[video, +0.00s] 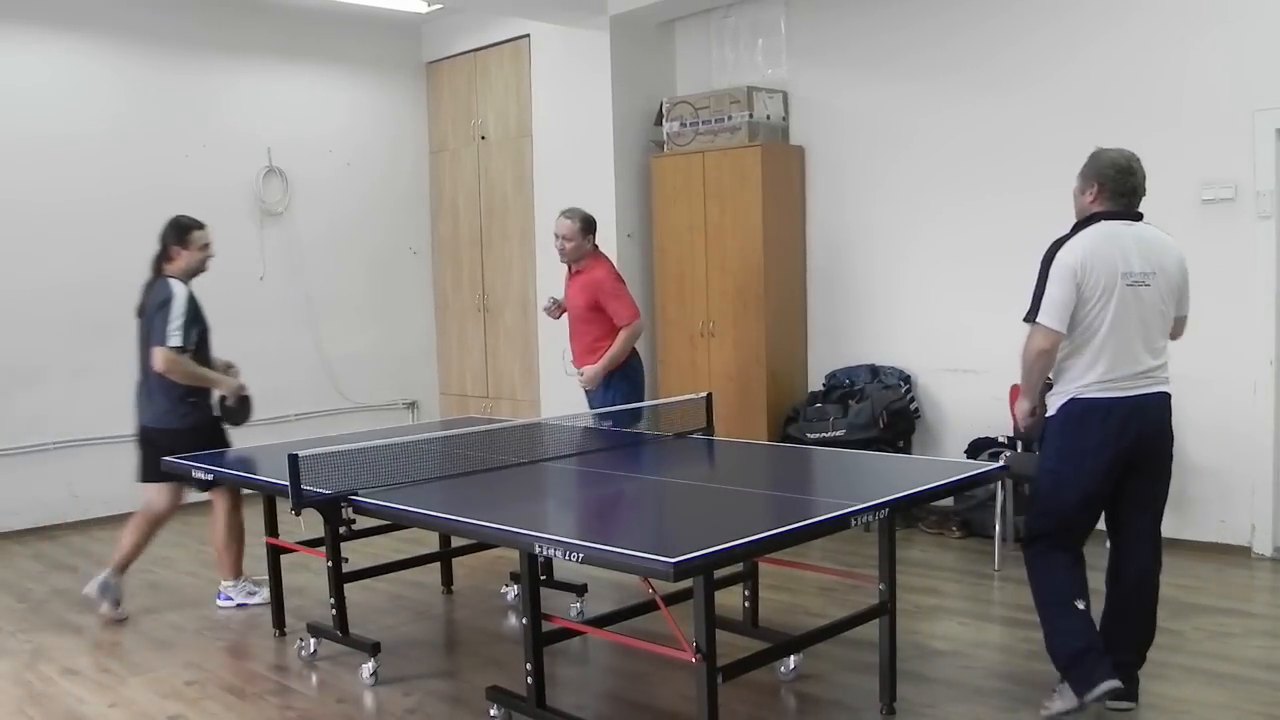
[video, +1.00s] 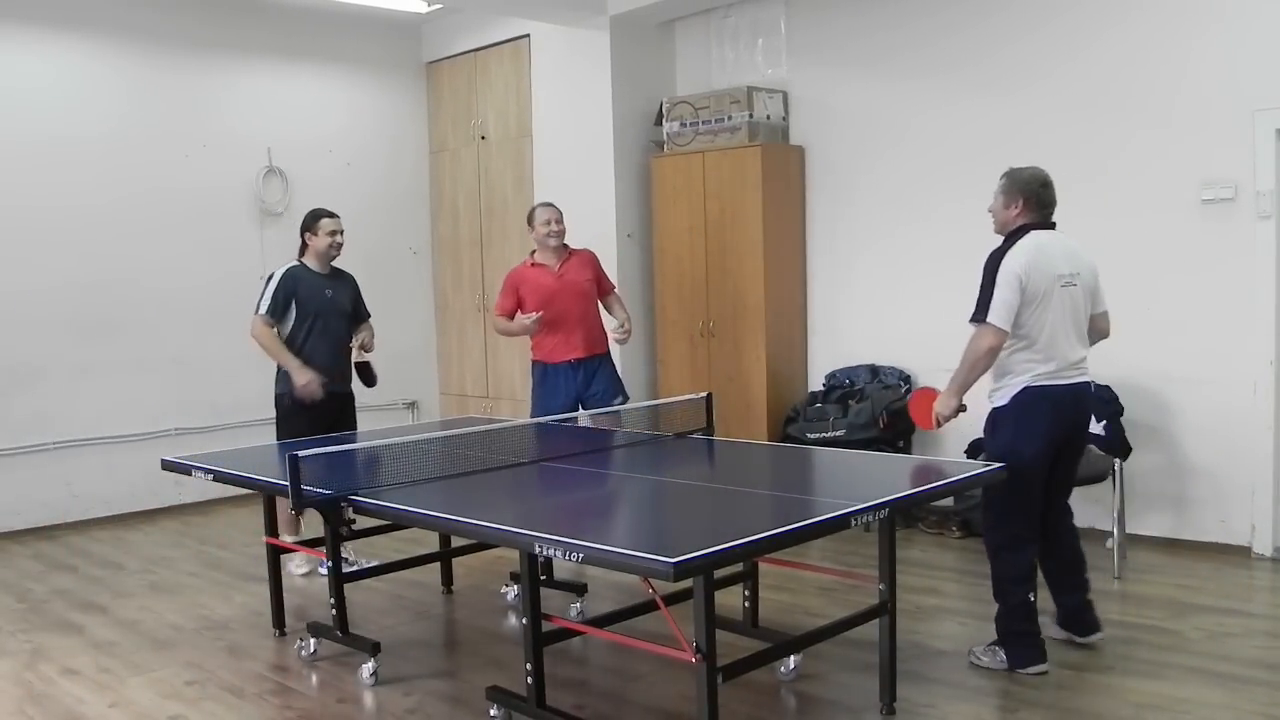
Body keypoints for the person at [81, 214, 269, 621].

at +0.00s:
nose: (209, 256)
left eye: (208, 248)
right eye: (203, 249)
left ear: (175, 253)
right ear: (176, 252)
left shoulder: (157, 290)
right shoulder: (177, 293)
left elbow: (171, 352)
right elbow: (165, 361)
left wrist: (213, 364)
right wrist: (219, 382)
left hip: (158, 420)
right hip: (190, 422)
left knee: (161, 501)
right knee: (225, 492)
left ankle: (110, 579)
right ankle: (232, 586)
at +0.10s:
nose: (230, 252)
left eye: (229, 245)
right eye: (224, 245)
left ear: (197, 250)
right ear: (198, 249)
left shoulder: (181, 284)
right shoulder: (196, 290)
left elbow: (195, 346)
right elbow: (190, 358)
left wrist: (235, 357)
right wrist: (245, 374)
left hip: (187, 412)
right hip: (207, 414)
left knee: (211, 487)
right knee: (237, 490)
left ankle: (151, 552)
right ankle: (232, 584)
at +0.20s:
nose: (249, 245)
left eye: (248, 237)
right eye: (242, 238)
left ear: (216, 243)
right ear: (217, 242)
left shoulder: (203, 278)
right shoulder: (211, 281)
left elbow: (215, 342)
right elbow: (211, 350)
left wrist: (258, 352)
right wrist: (263, 362)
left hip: (208, 403)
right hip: (220, 406)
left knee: (237, 481)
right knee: (240, 490)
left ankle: (201, 546)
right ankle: (232, 585)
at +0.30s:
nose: (264, 245)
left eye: (264, 238)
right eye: (258, 238)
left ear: (233, 242)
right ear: (233, 241)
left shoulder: (231, 278)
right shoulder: (224, 281)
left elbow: (239, 339)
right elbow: (229, 348)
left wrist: (275, 347)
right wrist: (278, 358)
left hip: (236, 404)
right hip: (230, 407)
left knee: (258, 484)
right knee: (243, 490)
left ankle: (243, 565)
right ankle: (232, 584)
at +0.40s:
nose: (279, 248)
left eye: (279, 241)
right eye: (272, 242)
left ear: (253, 245)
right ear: (247, 245)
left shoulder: (256, 281)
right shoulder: (237, 283)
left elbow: (261, 337)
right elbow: (240, 349)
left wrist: (294, 350)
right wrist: (289, 358)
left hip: (257, 403)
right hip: (242, 406)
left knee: (274, 484)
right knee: (256, 490)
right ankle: (232, 582)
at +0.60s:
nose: (312, 250)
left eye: (313, 243)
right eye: (305, 244)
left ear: (300, 247)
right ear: (281, 246)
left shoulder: (306, 287)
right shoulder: (263, 286)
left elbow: (307, 331)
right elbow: (250, 346)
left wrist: (323, 349)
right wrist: (303, 359)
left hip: (300, 404)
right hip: (266, 408)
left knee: (326, 479)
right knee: (265, 492)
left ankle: (334, 555)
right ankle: (236, 576)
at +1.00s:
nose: (340, 239)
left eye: (341, 233)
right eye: (333, 234)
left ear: (337, 238)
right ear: (309, 237)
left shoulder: (346, 280)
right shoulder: (287, 277)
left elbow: (363, 324)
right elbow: (260, 327)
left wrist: (365, 336)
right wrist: (295, 368)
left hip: (340, 394)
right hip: (298, 394)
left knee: (341, 471)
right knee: (293, 475)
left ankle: (336, 547)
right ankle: (292, 551)